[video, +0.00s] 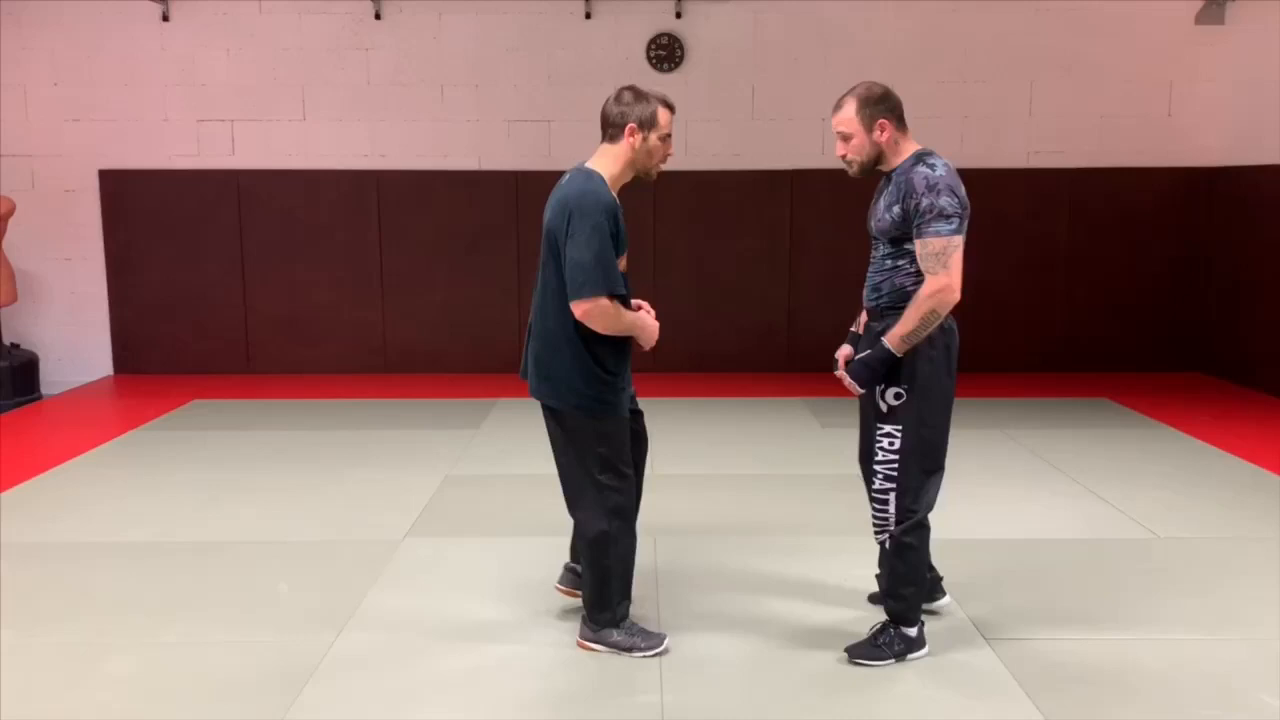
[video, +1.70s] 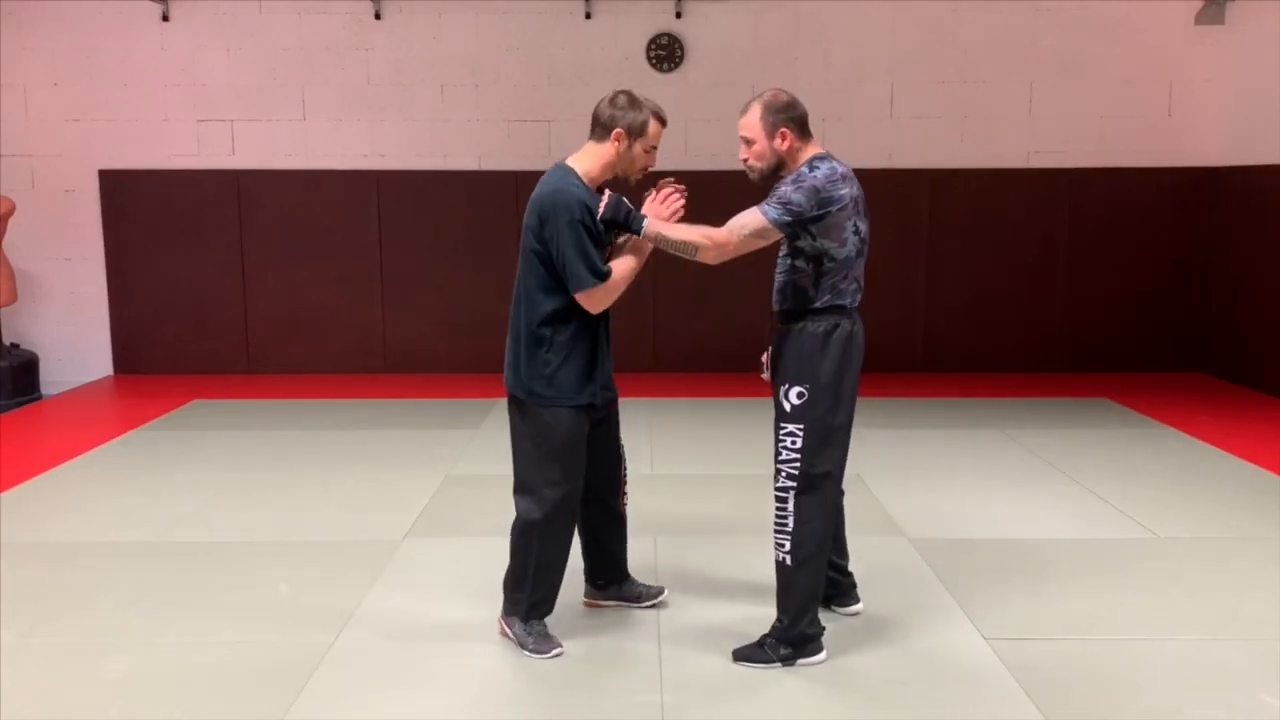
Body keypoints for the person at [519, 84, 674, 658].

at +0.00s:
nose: (670, 148)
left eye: (671, 137)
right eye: (664, 136)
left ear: (626, 136)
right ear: (633, 135)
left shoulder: (588, 190)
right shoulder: (590, 200)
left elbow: (601, 278)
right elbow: (589, 305)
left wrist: (627, 308)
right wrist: (636, 323)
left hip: (589, 370)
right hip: (580, 379)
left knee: (628, 456)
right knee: (610, 494)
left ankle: (583, 566)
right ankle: (605, 623)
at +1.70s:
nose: (651, 162)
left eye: (653, 152)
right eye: (648, 151)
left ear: (618, 139)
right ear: (620, 140)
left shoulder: (593, 189)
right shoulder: (564, 199)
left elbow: (622, 256)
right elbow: (595, 297)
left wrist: (648, 226)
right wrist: (643, 237)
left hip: (587, 369)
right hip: (547, 374)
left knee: (603, 483)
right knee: (549, 497)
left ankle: (608, 580)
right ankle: (521, 611)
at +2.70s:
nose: (642, 182)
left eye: (643, 169)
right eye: (635, 169)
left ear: (602, 165)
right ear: (597, 163)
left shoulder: (609, 216)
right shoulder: (541, 224)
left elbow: (634, 272)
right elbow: (567, 320)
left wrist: (697, 268)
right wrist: (651, 289)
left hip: (626, 377)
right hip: (569, 389)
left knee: (685, 467)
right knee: (550, 505)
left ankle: (644, 571)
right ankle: (505, 613)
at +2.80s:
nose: (670, 188)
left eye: (672, 175)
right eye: (661, 176)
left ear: (629, 171)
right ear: (622, 170)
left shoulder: (656, 218)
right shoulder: (564, 228)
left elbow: (696, 285)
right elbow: (582, 311)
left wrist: (744, 252)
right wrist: (664, 266)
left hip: (654, 378)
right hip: (590, 393)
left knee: (721, 467)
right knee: (563, 507)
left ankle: (711, 580)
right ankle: (507, 614)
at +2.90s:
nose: (720, 191)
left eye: (725, 178)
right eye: (709, 178)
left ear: (727, 176)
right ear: (673, 170)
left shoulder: (714, 229)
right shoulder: (615, 217)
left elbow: (734, 300)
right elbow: (590, 280)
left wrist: (759, 260)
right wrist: (680, 257)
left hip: (693, 390)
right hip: (622, 396)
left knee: (757, 472)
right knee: (576, 504)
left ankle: (790, 579)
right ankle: (510, 610)